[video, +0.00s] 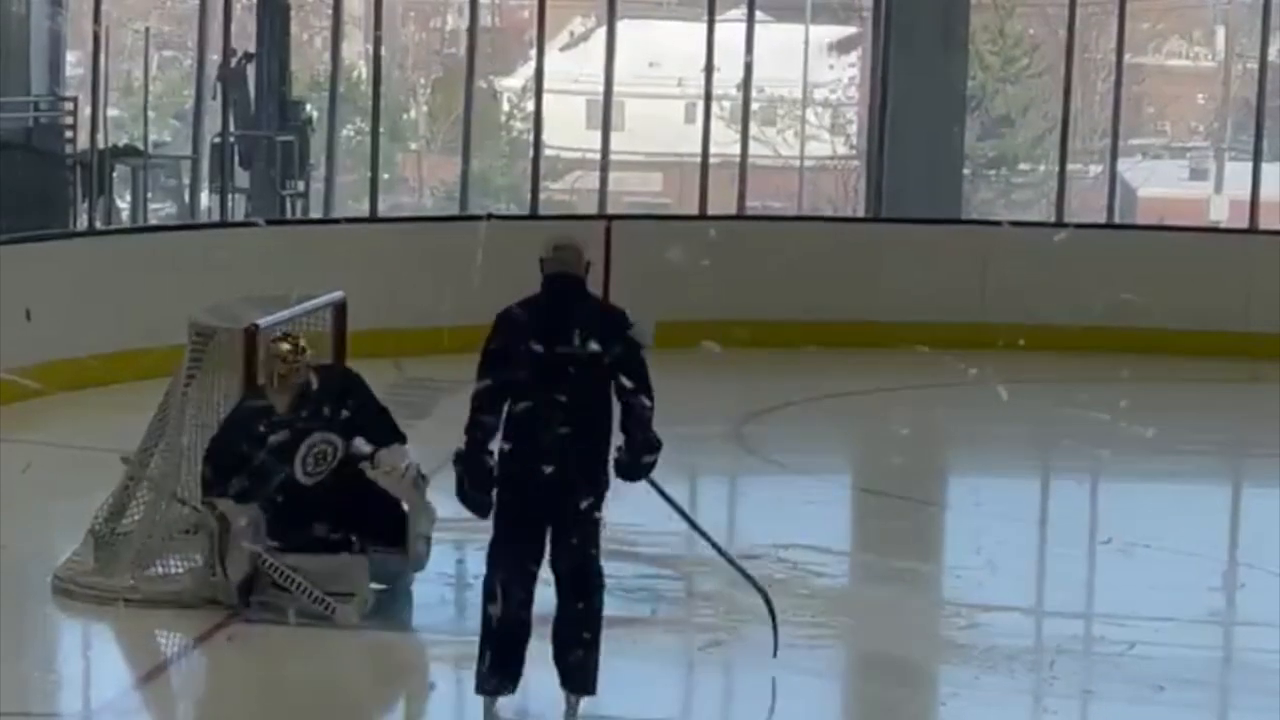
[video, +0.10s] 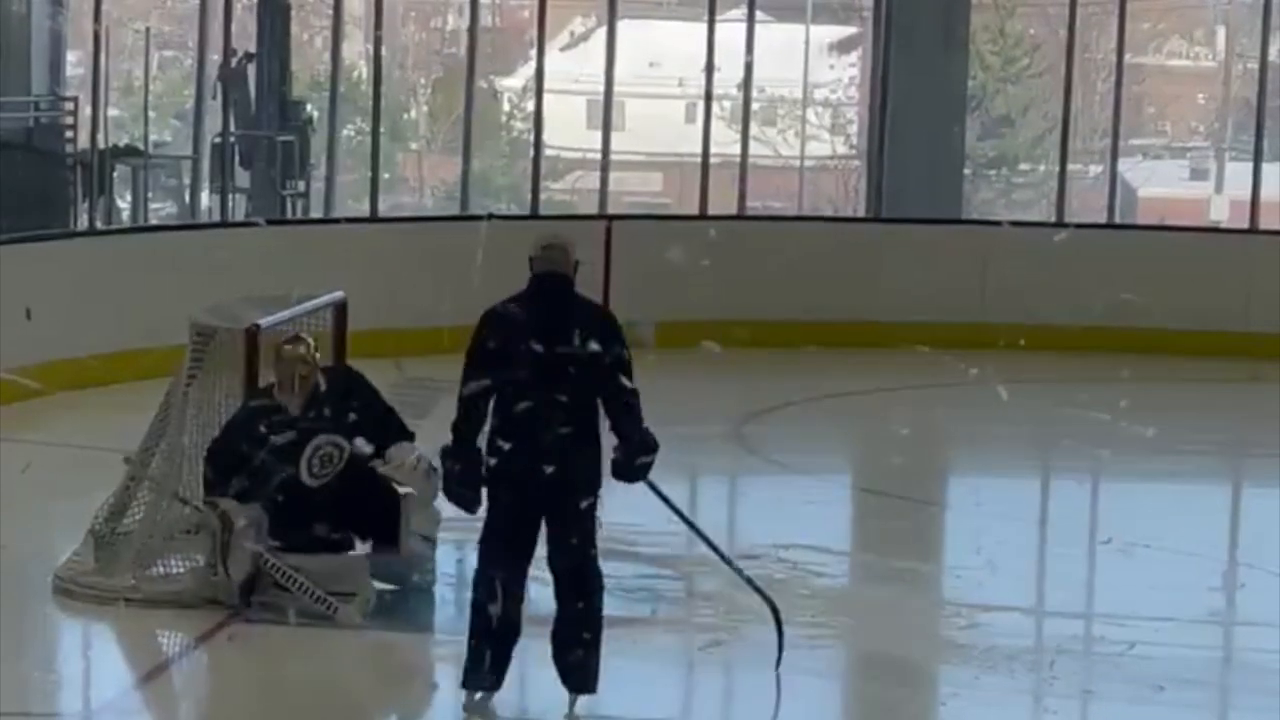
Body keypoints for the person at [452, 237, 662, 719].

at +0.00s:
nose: (565, 273)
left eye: (555, 265)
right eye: (574, 265)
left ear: (541, 269)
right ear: (585, 270)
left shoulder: (513, 320)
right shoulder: (610, 321)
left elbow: (488, 396)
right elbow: (636, 390)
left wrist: (475, 462)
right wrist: (638, 450)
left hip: (522, 471)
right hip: (582, 473)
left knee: (508, 572)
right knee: (579, 574)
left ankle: (495, 686)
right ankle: (578, 687)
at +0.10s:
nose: (558, 271)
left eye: (548, 263)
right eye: (565, 264)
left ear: (530, 267)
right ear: (573, 269)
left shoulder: (499, 319)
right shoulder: (598, 321)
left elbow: (473, 395)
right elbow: (619, 389)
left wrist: (462, 460)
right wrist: (635, 443)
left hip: (513, 470)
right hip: (574, 473)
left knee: (498, 571)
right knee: (578, 574)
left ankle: (480, 685)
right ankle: (581, 689)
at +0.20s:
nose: (553, 275)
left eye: (542, 266)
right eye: (557, 267)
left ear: (521, 268)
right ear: (563, 270)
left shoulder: (486, 320)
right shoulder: (585, 323)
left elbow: (463, 396)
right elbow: (607, 392)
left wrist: (452, 458)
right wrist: (628, 441)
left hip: (503, 473)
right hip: (565, 476)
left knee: (492, 577)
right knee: (575, 577)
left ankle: (474, 682)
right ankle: (581, 686)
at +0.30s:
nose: (558, 279)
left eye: (550, 272)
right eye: (557, 272)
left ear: (513, 270)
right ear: (555, 273)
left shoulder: (478, 319)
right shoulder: (572, 321)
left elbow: (456, 397)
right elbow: (591, 390)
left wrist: (448, 462)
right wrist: (618, 441)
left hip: (494, 470)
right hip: (557, 472)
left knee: (488, 571)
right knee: (571, 574)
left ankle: (470, 678)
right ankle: (580, 682)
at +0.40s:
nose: (555, 280)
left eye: (551, 273)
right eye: (554, 273)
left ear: (509, 268)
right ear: (550, 272)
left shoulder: (472, 316)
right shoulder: (560, 319)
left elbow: (453, 396)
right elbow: (581, 388)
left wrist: (456, 458)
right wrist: (612, 439)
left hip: (488, 465)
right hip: (551, 467)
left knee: (488, 568)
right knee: (566, 570)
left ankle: (467, 674)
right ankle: (576, 678)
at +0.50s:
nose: (553, 278)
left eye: (551, 272)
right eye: (552, 272)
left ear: (506, 266)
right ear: (546, 271)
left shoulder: (469, 314)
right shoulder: (554, 317)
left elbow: (453, 394)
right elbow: (572, 387)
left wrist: (456, 462)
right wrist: (605, 438)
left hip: (482, 467)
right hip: (544, 469)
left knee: (487, 571)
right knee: (563, 572)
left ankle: (470, 674)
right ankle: (574, 679)